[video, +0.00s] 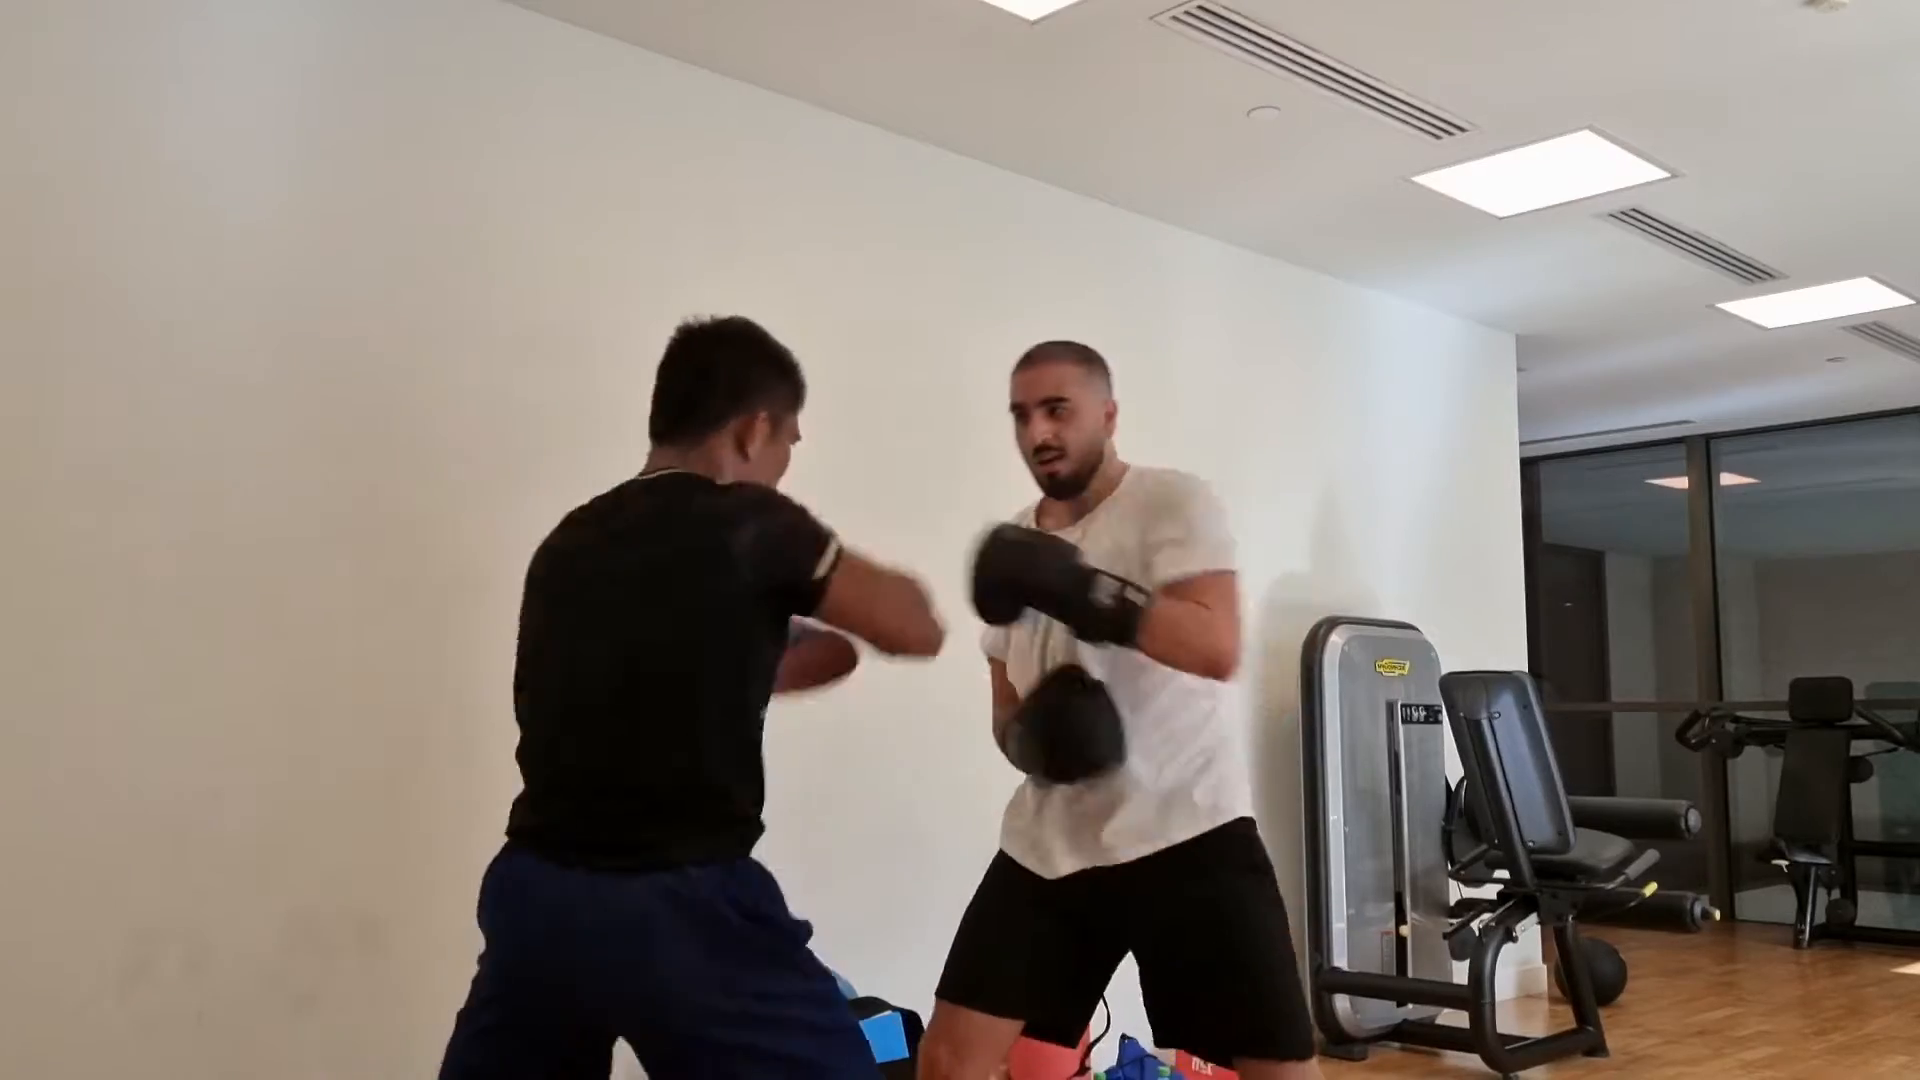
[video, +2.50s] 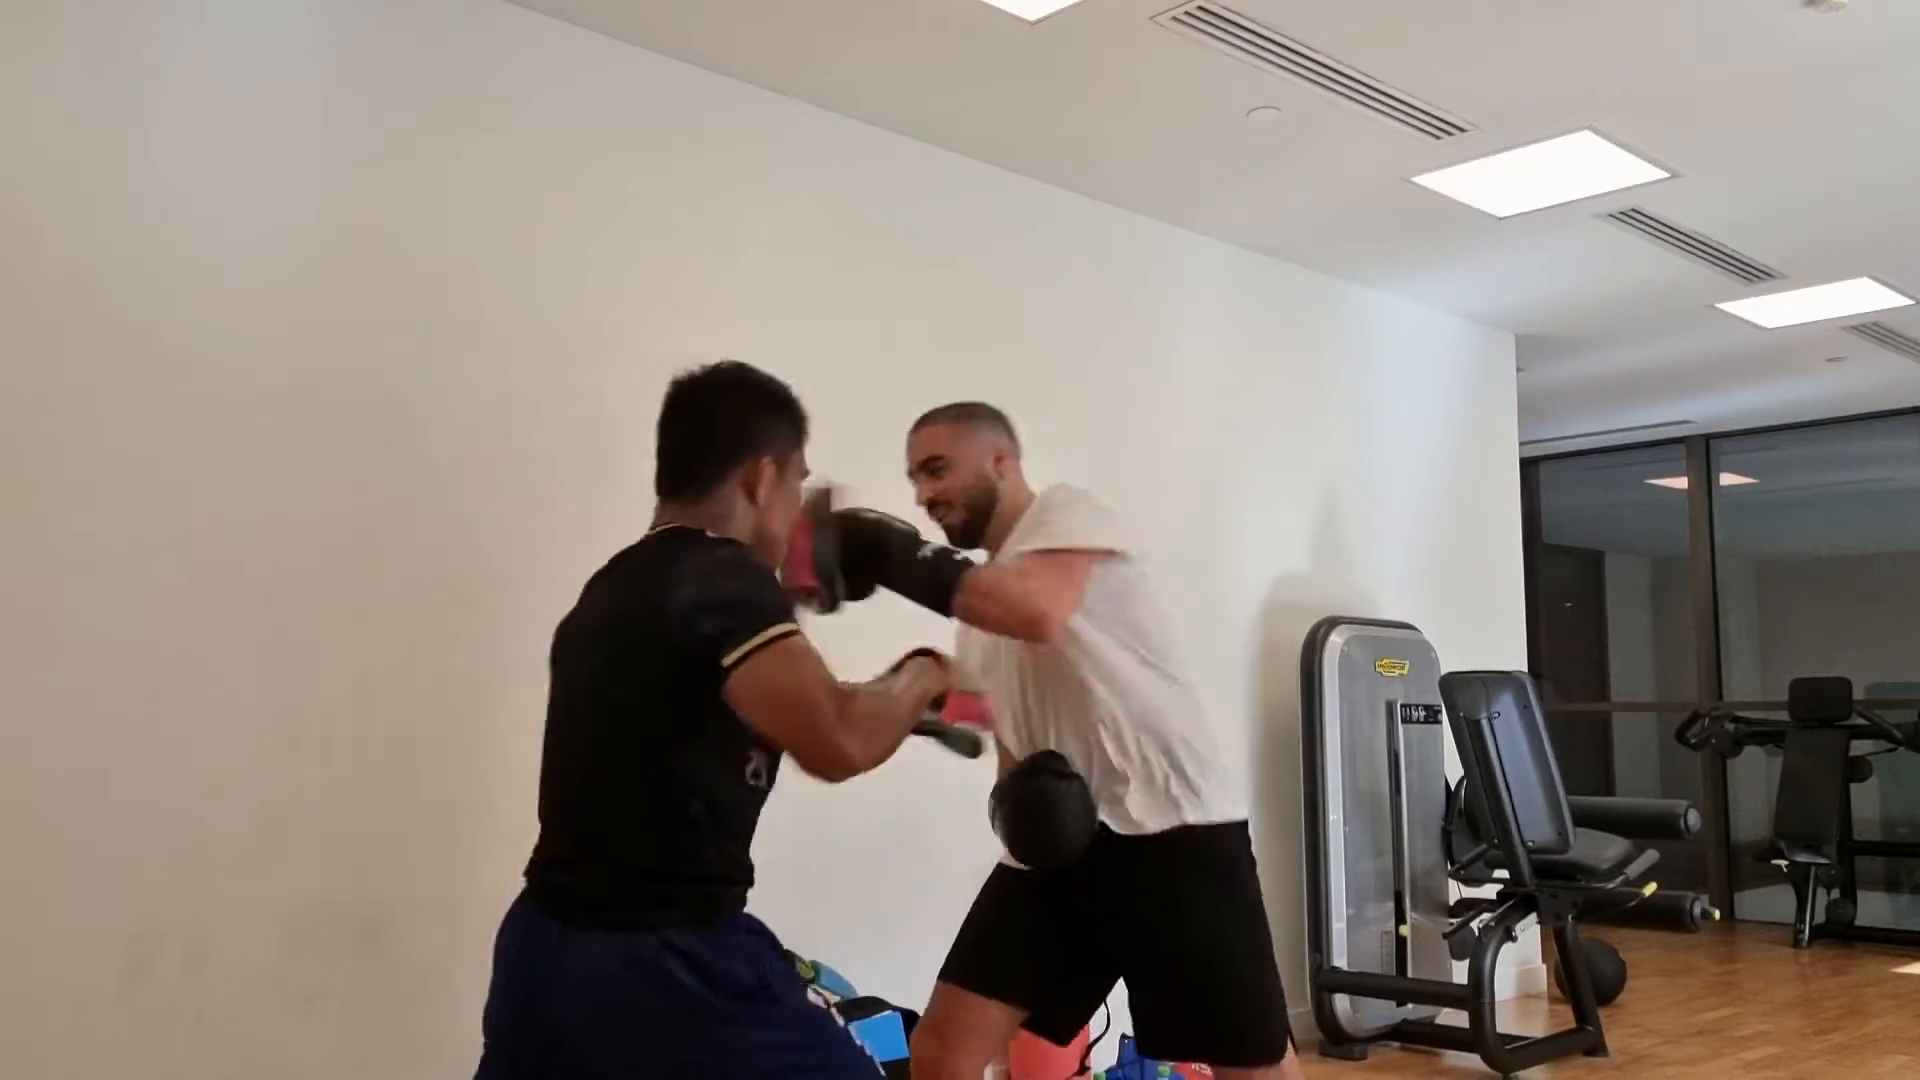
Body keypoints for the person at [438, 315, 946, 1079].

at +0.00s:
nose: (784, 468)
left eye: (790, 447)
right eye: (786, 444)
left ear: (662, 425)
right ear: (748, 432)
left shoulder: (567, 541)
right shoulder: (748, 521)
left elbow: (660, 673)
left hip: (537, 908)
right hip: (690, 915)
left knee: (488, 1068)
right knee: (836, 1063)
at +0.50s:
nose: (848, 471)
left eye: (852, 450)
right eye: (847, 447)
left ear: (773, 442)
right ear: (798, 443)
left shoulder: (769, 552)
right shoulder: (700, 542)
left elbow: (919, 558)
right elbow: (781, 719)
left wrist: (1059, 522)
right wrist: (863, 601)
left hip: (563, 906)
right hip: (641, 917)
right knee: (788, 1065)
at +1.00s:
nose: (643, 507)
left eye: (649, 486)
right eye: (642, 484)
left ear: (505, 477)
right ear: (588, 475)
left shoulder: (408, 593)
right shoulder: (626, 565)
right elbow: (841, 609)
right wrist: (972, 596)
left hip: (443, 984)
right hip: (616, 979)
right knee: (772, 1062)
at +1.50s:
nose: (747, 483)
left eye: (748, 461)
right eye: (746, 459)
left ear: (616, 461)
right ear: (711, 457)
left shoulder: (519, 561)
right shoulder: (768, 540)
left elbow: (421, 628)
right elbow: (917, 541)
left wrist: (498, 579)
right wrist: (977, 536)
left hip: (547, 940)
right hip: (730, 939)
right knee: (861, 1053)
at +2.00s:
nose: (790, 484)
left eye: (792, 469)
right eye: (792, 467)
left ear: (666, 464)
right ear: (770, 462)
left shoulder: (575, 578)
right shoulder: (809, 545)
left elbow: (494, 729)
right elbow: (975, 521)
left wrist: (602, 661)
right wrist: (1084, 496)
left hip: (572, 934)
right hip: (752, 941)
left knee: (477, 1071)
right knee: (867, 1065)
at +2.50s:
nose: (798, 503)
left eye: (801, 482)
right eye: (798, 481)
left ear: (672, 471)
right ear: (760, 479)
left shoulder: (607, 590)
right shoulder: (721, 581)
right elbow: (839, 742)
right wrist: (920, 677)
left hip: (545, 954)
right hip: (680, 966)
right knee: (847, 1064)